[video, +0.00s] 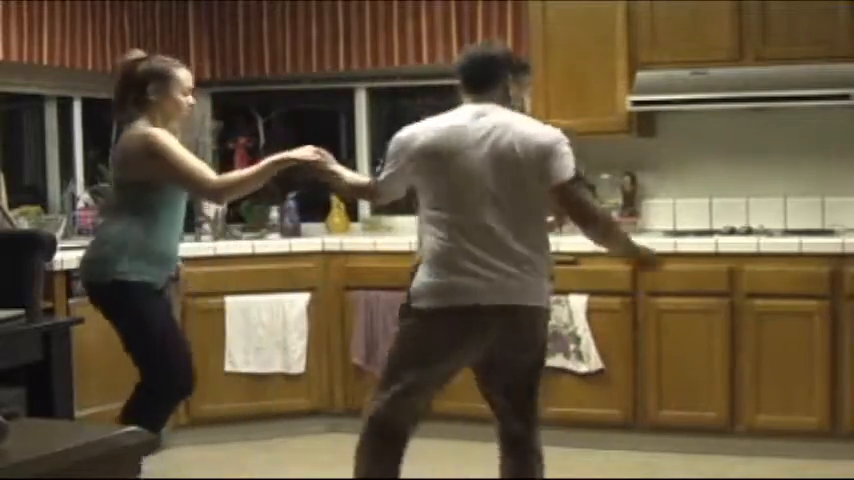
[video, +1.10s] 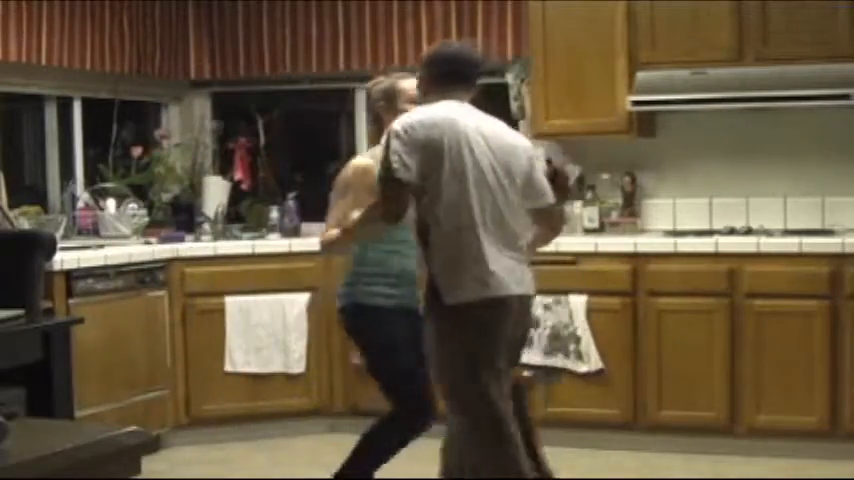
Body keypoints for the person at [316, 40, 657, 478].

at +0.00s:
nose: (528, 97)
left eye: (528, 86)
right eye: (526, 87)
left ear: (465, 89)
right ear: (510, 86)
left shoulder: (419, 138)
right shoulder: (543, 139)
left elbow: (377, 194)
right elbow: (589, 217)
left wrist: (320, 166)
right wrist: (635, 251)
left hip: (442, 308)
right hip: (520, 309)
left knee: (388, 421)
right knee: (520, 434)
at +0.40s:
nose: (552, 98)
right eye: (552, 91)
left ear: (497, 91)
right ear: (549, 90)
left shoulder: (457, 144)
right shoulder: (576, 139)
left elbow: (413, 215)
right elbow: (615, 212)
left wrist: (350, 217)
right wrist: (679, 272)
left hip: (467, 298)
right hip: (543, 309)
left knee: (398, 371)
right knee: (523, 427)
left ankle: (416, 474)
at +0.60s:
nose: (484, 94)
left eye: (487, 87)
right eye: (488, 88)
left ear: (495, 88)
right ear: (544, 92)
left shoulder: (464, 138)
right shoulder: (585, 143)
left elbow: (415, 212)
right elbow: (643, 216)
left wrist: (355, 206)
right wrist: (691, 262)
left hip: (492, 305)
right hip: (562, 311)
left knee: (409, 374)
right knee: (525, 442)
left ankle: (430, 475)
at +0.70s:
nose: (475, 95)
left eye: (477, 87)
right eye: (477, 88)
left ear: (486, 89)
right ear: (531, 94)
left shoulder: (458, 138)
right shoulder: (575, 146)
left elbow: (419, 220)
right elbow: (627, 221)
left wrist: (367, 214)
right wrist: (655, 258)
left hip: (494, 310)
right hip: (564, 312)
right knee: (527, 446)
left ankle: (397, 476)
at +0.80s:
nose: (457, 93)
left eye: (459, 86)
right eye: (459, 87)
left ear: (468, 87)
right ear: (517, 92)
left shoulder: (451, 133)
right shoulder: (559, 144)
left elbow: (420, 220)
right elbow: (603, 228)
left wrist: (381, 213)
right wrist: (610, 242)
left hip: (497, 315)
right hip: (559, 314)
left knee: (431, 442)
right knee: (524, 450)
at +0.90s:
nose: (443, 85)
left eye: (445, 78)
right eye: (445, 78)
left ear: (453, 78)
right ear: (501, 82)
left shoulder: (438, 121)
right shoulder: (540, 133)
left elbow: (417, 213)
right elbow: (576, 222)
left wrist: (386, 204)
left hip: (493, 302)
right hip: (550, 299)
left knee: (452, 429)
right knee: (521, 434)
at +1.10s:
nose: (416, 90)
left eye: (419, 82)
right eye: (417, 84)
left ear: (426, 81)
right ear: (473, 85)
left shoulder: (412, 127)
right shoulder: (512, 139)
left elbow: (391, 208)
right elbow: (552, 220)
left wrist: (347, 233)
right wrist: (516, 248)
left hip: (463, 296)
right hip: (517, 293)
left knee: (482, 414)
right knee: (480, 410)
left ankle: (518, 476)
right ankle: (461, 477)